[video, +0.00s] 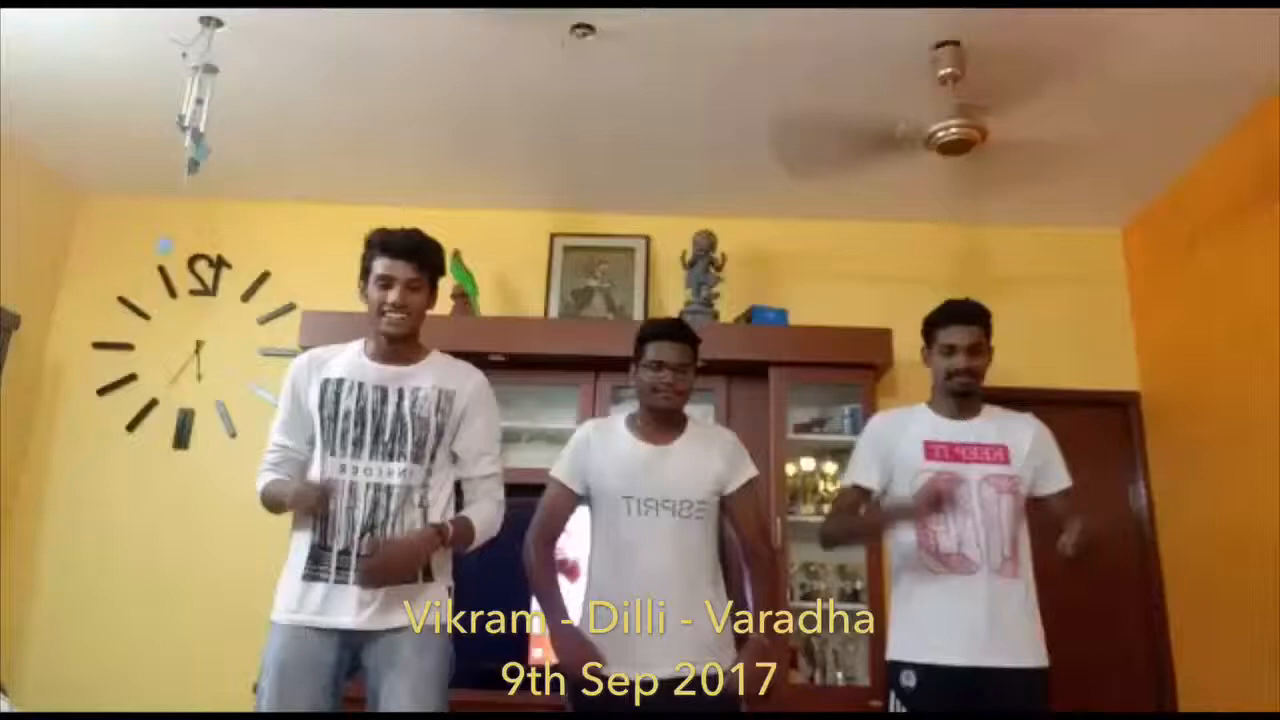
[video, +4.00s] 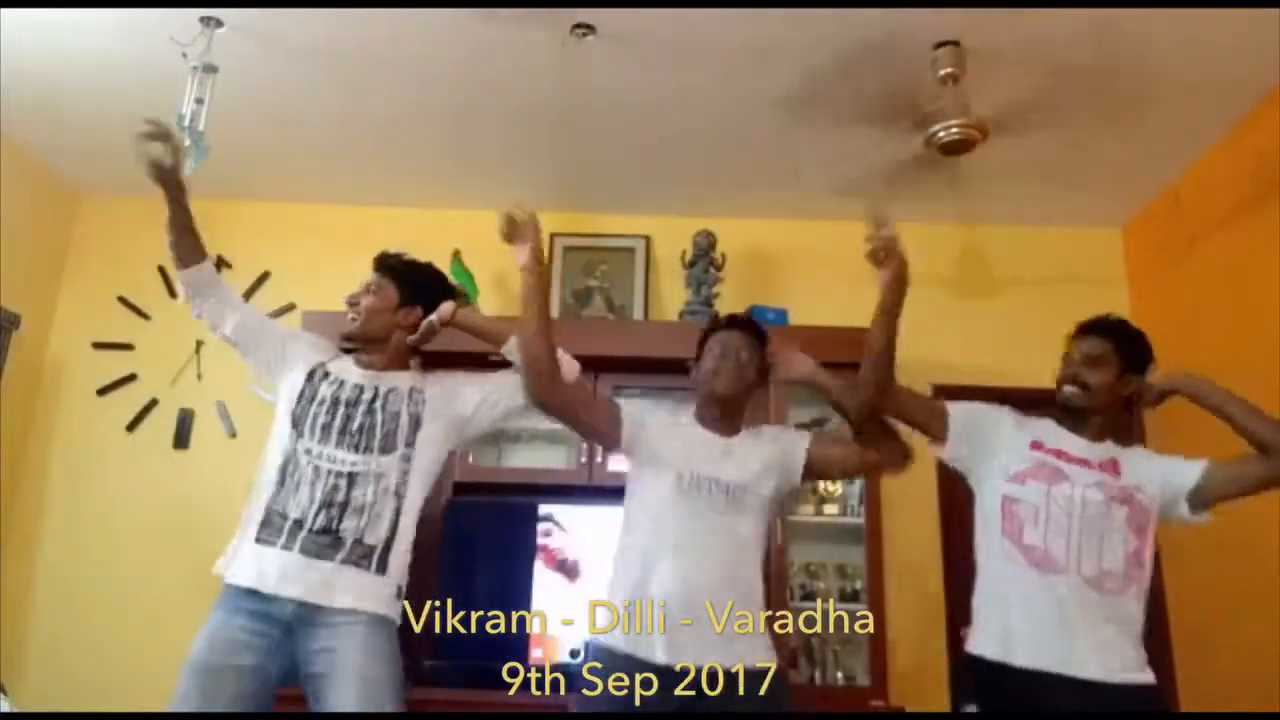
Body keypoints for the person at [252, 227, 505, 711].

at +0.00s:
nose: (396, 299)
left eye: (412, 288)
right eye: (384, 284)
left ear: (433, 298)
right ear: (364, 289)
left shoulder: (464, 386)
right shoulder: (311, 371)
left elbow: (488, 508)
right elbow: (274, 477)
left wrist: (428, 541)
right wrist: (294, 494)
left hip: (411, 611)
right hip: (310, 607)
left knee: (412, 706)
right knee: (283, 706)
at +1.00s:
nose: (478, 332)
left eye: (491, 321)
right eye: (462, 318)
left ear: (502, 337)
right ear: (432, 331)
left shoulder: (522, 442)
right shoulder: (380, 408)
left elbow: (529, 570)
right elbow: (298, 528)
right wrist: (192, 528)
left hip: (517, 644)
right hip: (428, 640)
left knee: (572, 703)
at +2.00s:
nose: (273, 331)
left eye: (292, 320)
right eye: (278, 320)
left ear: (336, 340)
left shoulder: (340, 422)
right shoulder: (283, 430)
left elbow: (339, 573)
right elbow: (248, 545)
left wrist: (364, 550)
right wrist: (178, 571)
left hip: (223, 635)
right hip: (167, 621)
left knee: (129, 709)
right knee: (73, 707)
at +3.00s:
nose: (356, 299)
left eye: (373, 287)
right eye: (349, 288)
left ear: (411, 304)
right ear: (340, 299)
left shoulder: (454, 389)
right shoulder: (295, 374)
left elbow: (575, 370)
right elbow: (154, 362)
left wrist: (481, 334)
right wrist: (104, 265)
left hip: (400, 616)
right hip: (297, 609)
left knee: (410, 710)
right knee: (226, 707)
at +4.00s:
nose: (354, 300)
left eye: (374, 293)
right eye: (361, 290)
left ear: (413, 319)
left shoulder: (447, 399)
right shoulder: (302, 359)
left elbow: (551, 380)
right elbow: (211, 296)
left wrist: (462, 320)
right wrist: (174, 193)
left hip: (355, 617)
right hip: (251, 599)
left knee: (364, 703)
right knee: (193, 704)